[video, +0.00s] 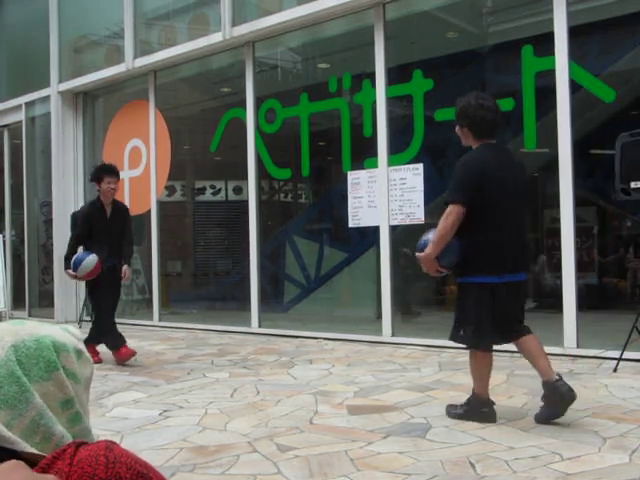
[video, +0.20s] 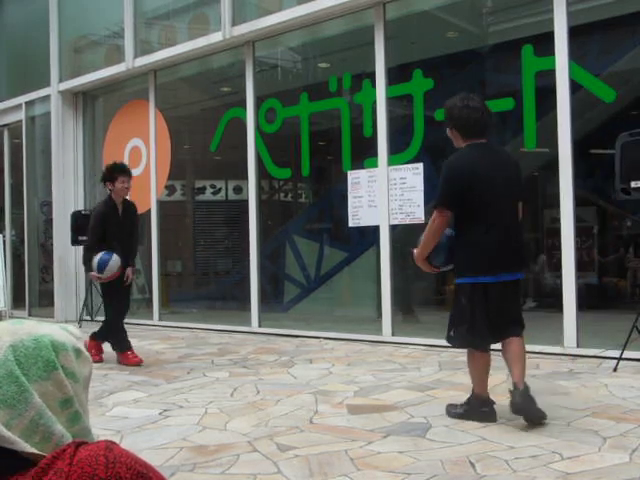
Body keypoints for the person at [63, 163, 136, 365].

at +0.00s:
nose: (112, 187)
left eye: (115, 183)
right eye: (108, 183)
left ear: (118, 186)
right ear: (98, 186)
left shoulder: (122, 211)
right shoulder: (86, 213)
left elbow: (128, 240)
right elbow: (76, 240)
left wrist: (126, 262)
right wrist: (68, 264)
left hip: (115, 264)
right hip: (93, 265)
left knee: (109, 306)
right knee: (101, 307)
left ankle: (90, 343)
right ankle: (118, 346)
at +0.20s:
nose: (127, 186)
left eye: (128, 182)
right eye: (122, 182)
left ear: (130, 184)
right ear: (109, 186)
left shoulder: (130, 208)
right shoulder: (101, 210)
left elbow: (133, 238)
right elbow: (91, 241)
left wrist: (131, 264)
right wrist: (89, 268)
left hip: (125, 263)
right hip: (106, 265)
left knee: (122, 306)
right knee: (113, 307)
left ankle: (96, 339)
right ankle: (123, 349)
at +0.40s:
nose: (141, 187)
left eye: (142, 183)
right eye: (137, 183)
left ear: (142, 184)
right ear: (124, 184)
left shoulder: (138, 207)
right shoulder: (113, 208)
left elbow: (143, 238)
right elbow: (109, 241)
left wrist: (144, 266)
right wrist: (117, 268)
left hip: (133, 266)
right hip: (114, 266)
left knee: (143, 300)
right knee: (119, 305)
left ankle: (124, 337)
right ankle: (122, 349)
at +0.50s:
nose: (148, 185)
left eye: (149, 181)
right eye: (144, 181)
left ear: (150, 183)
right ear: (131, 184)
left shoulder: (143, 208)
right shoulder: (119, 208)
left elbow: (146, 239)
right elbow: (119, 241)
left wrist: (150, 265)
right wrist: (129, 267)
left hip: (138, 264)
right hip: (118, 266)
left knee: (144, 303)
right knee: (122, 307)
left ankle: (146, 341)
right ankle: (124, 350)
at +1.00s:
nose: (165, 185)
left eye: (167, 182)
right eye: (161, 181)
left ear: (168, 184)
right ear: (148, 182)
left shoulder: (163, 208)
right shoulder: (137, 206)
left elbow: (164, 238)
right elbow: (132, 238)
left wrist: (175, 253)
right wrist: (148, 253)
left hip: (156, 260)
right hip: (137, 261)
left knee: (160, 300)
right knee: (143, 301)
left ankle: (160, 340)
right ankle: (143, 343)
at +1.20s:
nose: (163, 184)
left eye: (165, 181)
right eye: (159, 180)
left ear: (166, 182)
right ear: (146, 180)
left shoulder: (163, 206)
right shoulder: (135, 203)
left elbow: (175, 228)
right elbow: (138, 230)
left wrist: (192, 237)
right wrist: (163, 234)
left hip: (153, 259)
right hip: (136, 260)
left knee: (160, 299)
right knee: (150, 299)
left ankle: (160, 338)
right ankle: (153, 341)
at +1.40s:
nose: (161, 185)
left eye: (163, 181)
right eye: (157, 181)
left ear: (166, 183)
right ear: (145, 182)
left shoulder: (160, 206)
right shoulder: (136, 203)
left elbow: (161, 231)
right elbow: (142, 225)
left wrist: (178, 231)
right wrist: (168, 229)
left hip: (153, 261)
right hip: (135, 262)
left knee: (158, 301)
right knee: (147, 302)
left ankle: (158, 341)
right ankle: (148, 344)